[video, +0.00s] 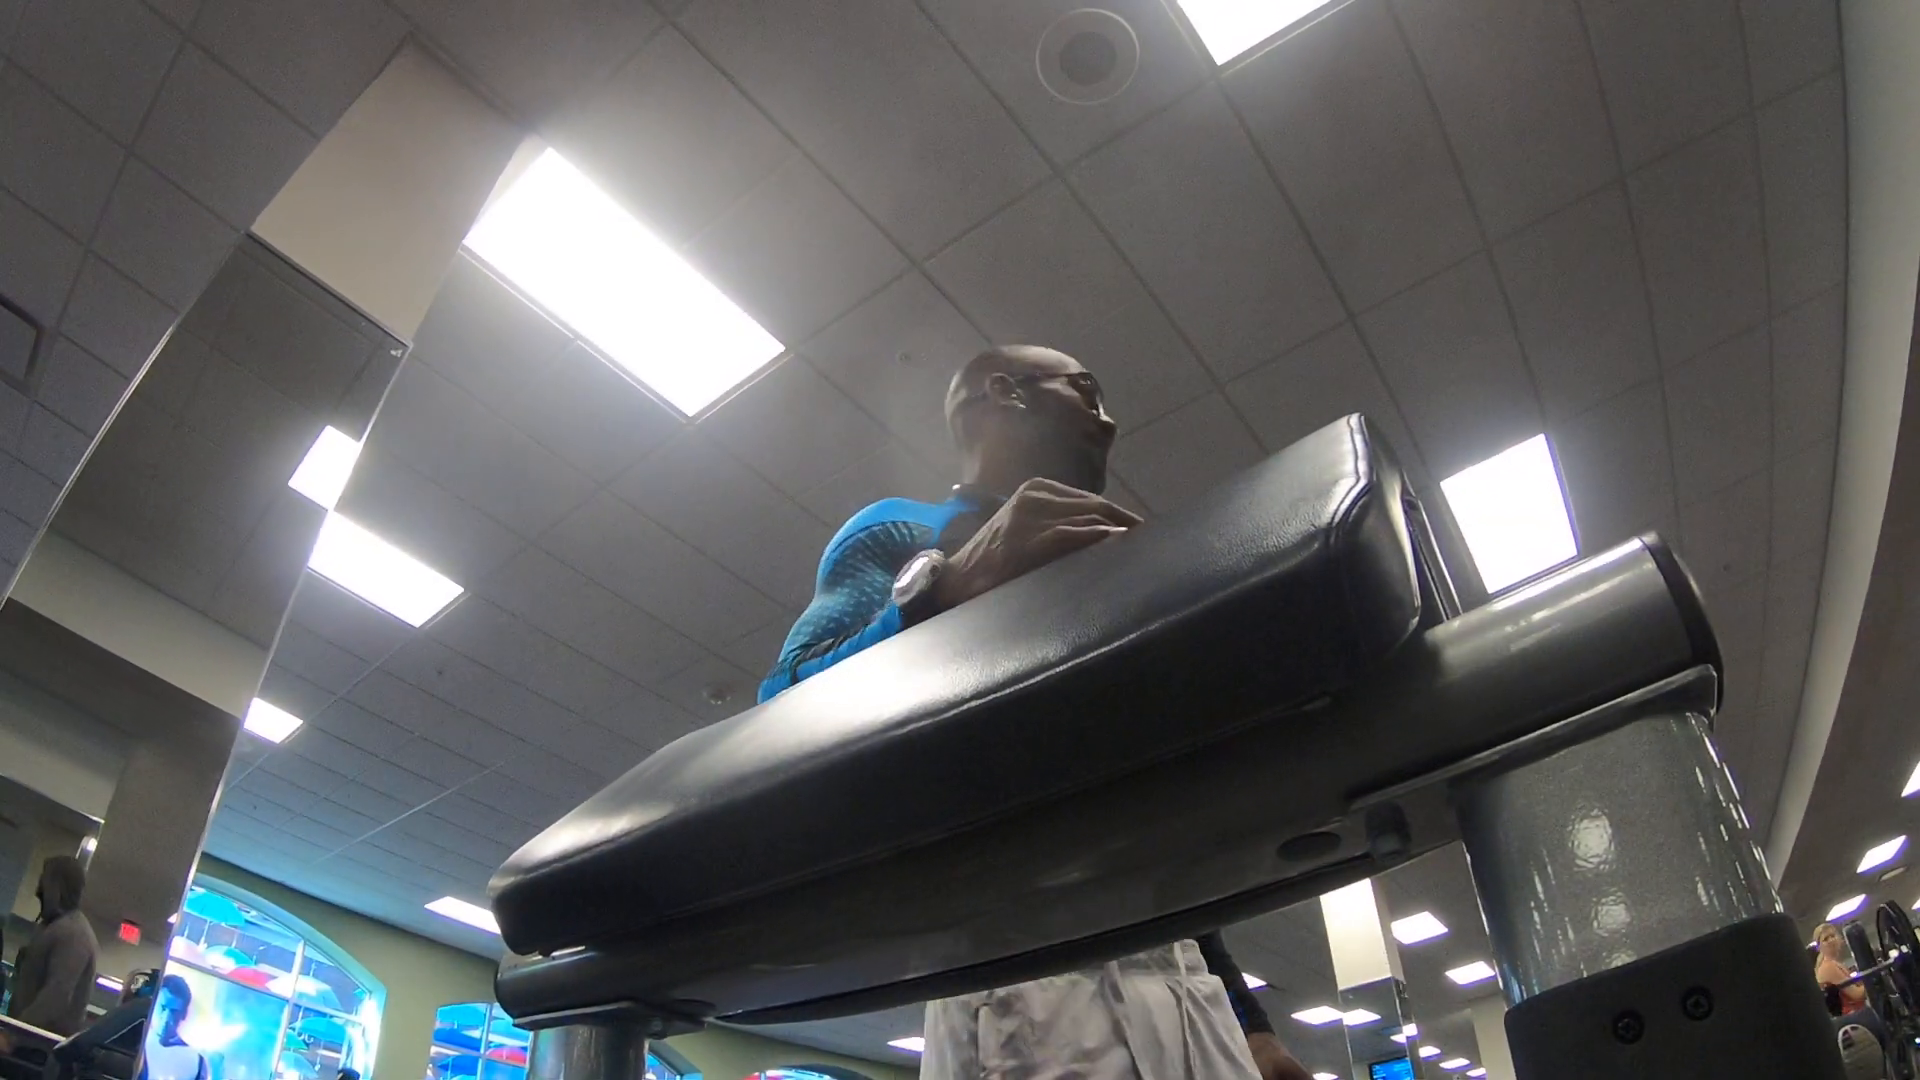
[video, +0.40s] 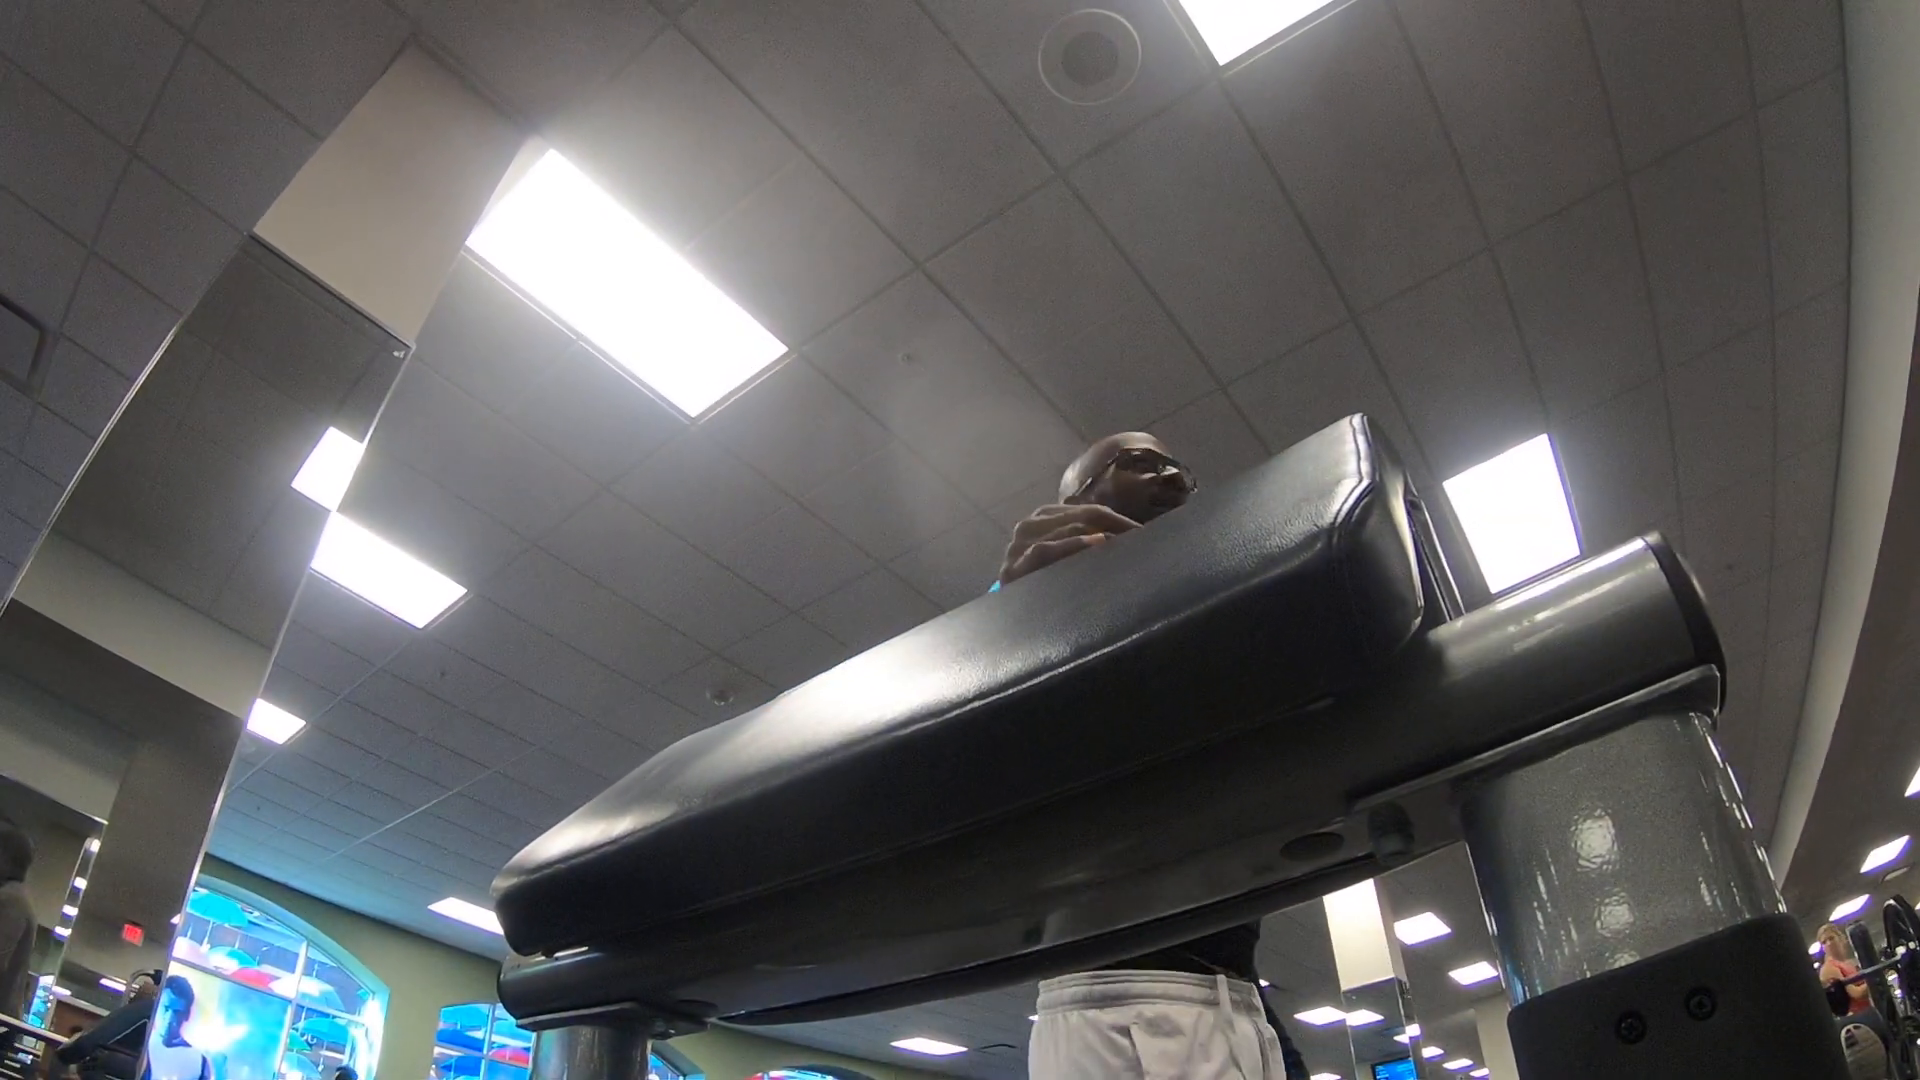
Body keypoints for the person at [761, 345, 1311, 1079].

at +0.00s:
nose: (1106, 412)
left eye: (1101, 399)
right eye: (1079, 384)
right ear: (1001, 390)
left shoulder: (1118, 560)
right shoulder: (899, 532)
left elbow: (1159, 819)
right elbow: (783, 702)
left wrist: (1246, 1022)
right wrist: (952, 579)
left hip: (1180, 968)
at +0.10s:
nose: (1137, 454)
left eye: (1131, 434)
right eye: (1118, 424)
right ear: (1049, 415)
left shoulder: (1146, 564)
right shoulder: (930, 543)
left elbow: (1176, 834)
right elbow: (836, 705)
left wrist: (1259, 1034)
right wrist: (977, 583)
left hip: (1196, 980)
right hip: (1048, 990)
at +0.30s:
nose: (1174, 472)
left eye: (1168, 460)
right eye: (1141, 452)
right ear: (1067, 481)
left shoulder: (1196, 567)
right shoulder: (997, 574)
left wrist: (1283, 1056)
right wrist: (1001, 578)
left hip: (1228, 991)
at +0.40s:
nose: (1179, 475)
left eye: (1178, 467)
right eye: (1140, 461)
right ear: (1074, 505)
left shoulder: (1228, 587)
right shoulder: (1059, 598)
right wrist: (1010, 597)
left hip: (1237, 999)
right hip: (1104, 1004)